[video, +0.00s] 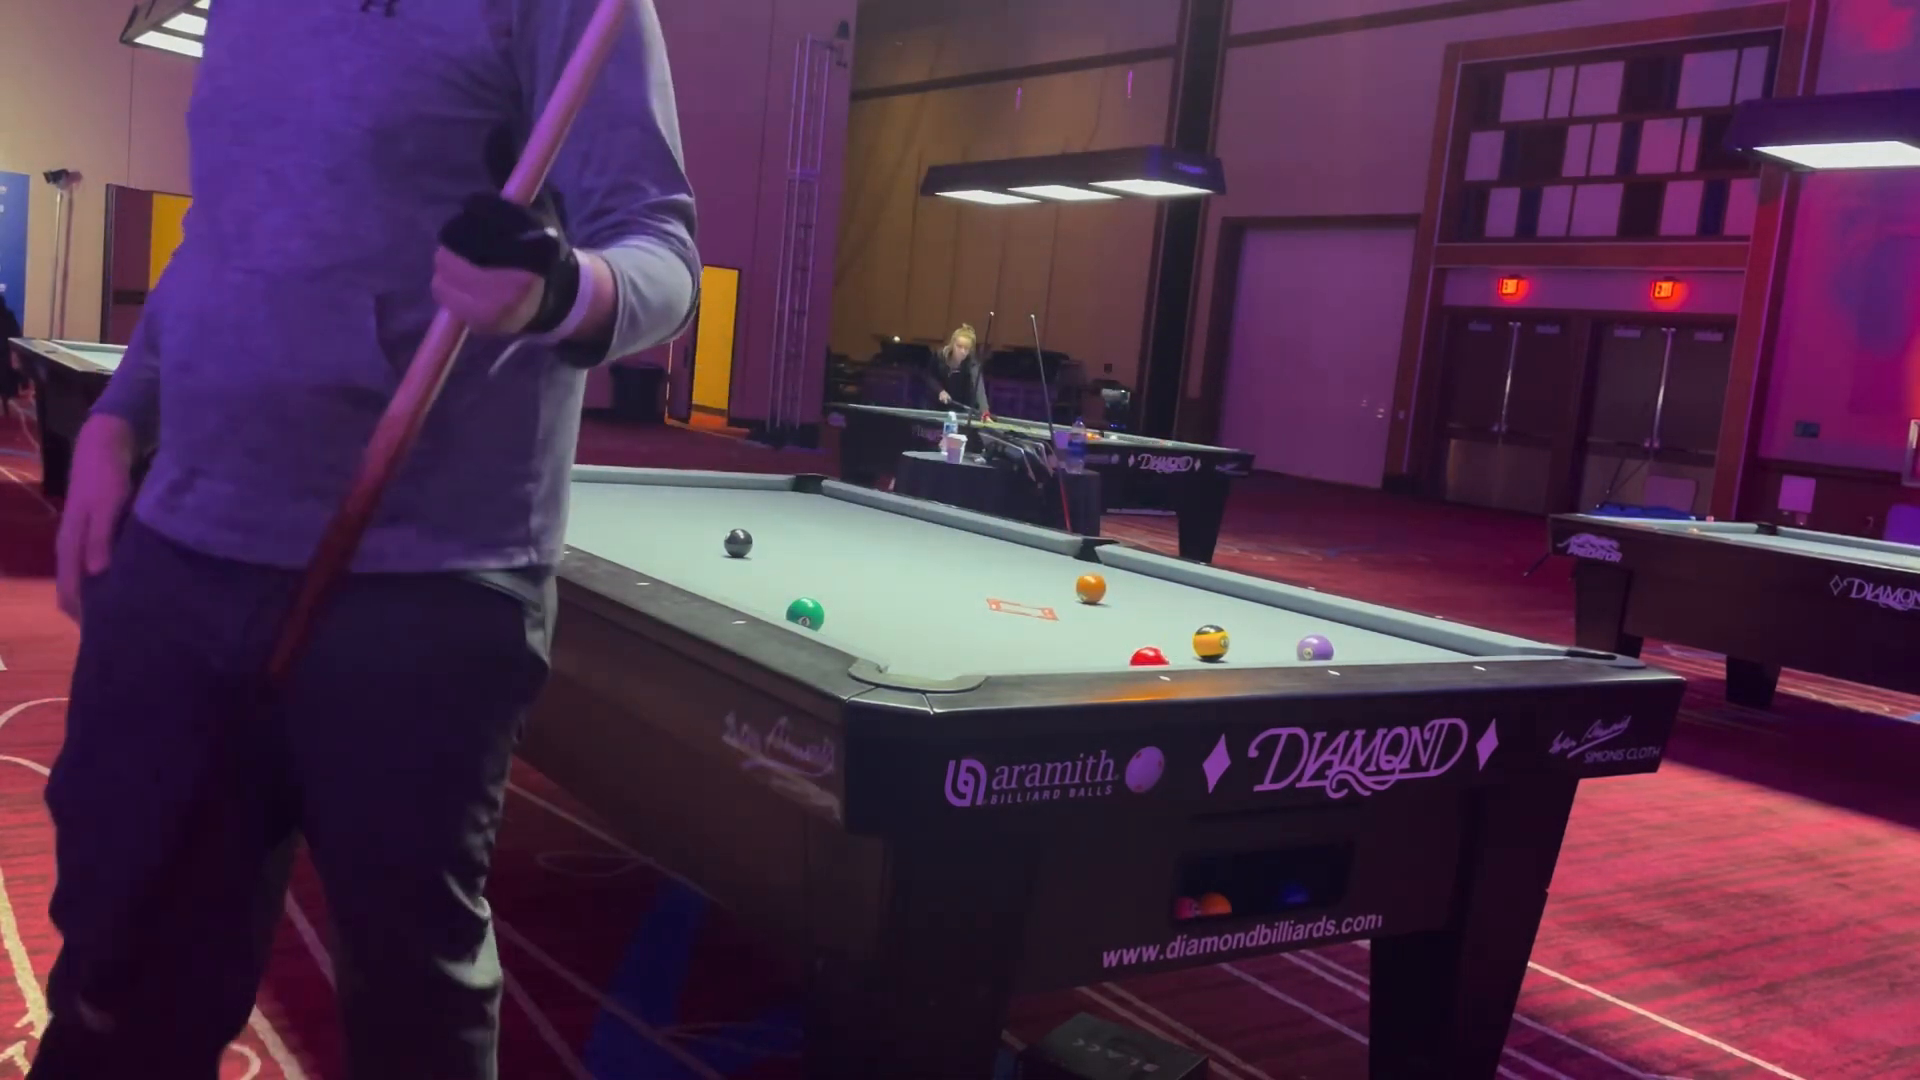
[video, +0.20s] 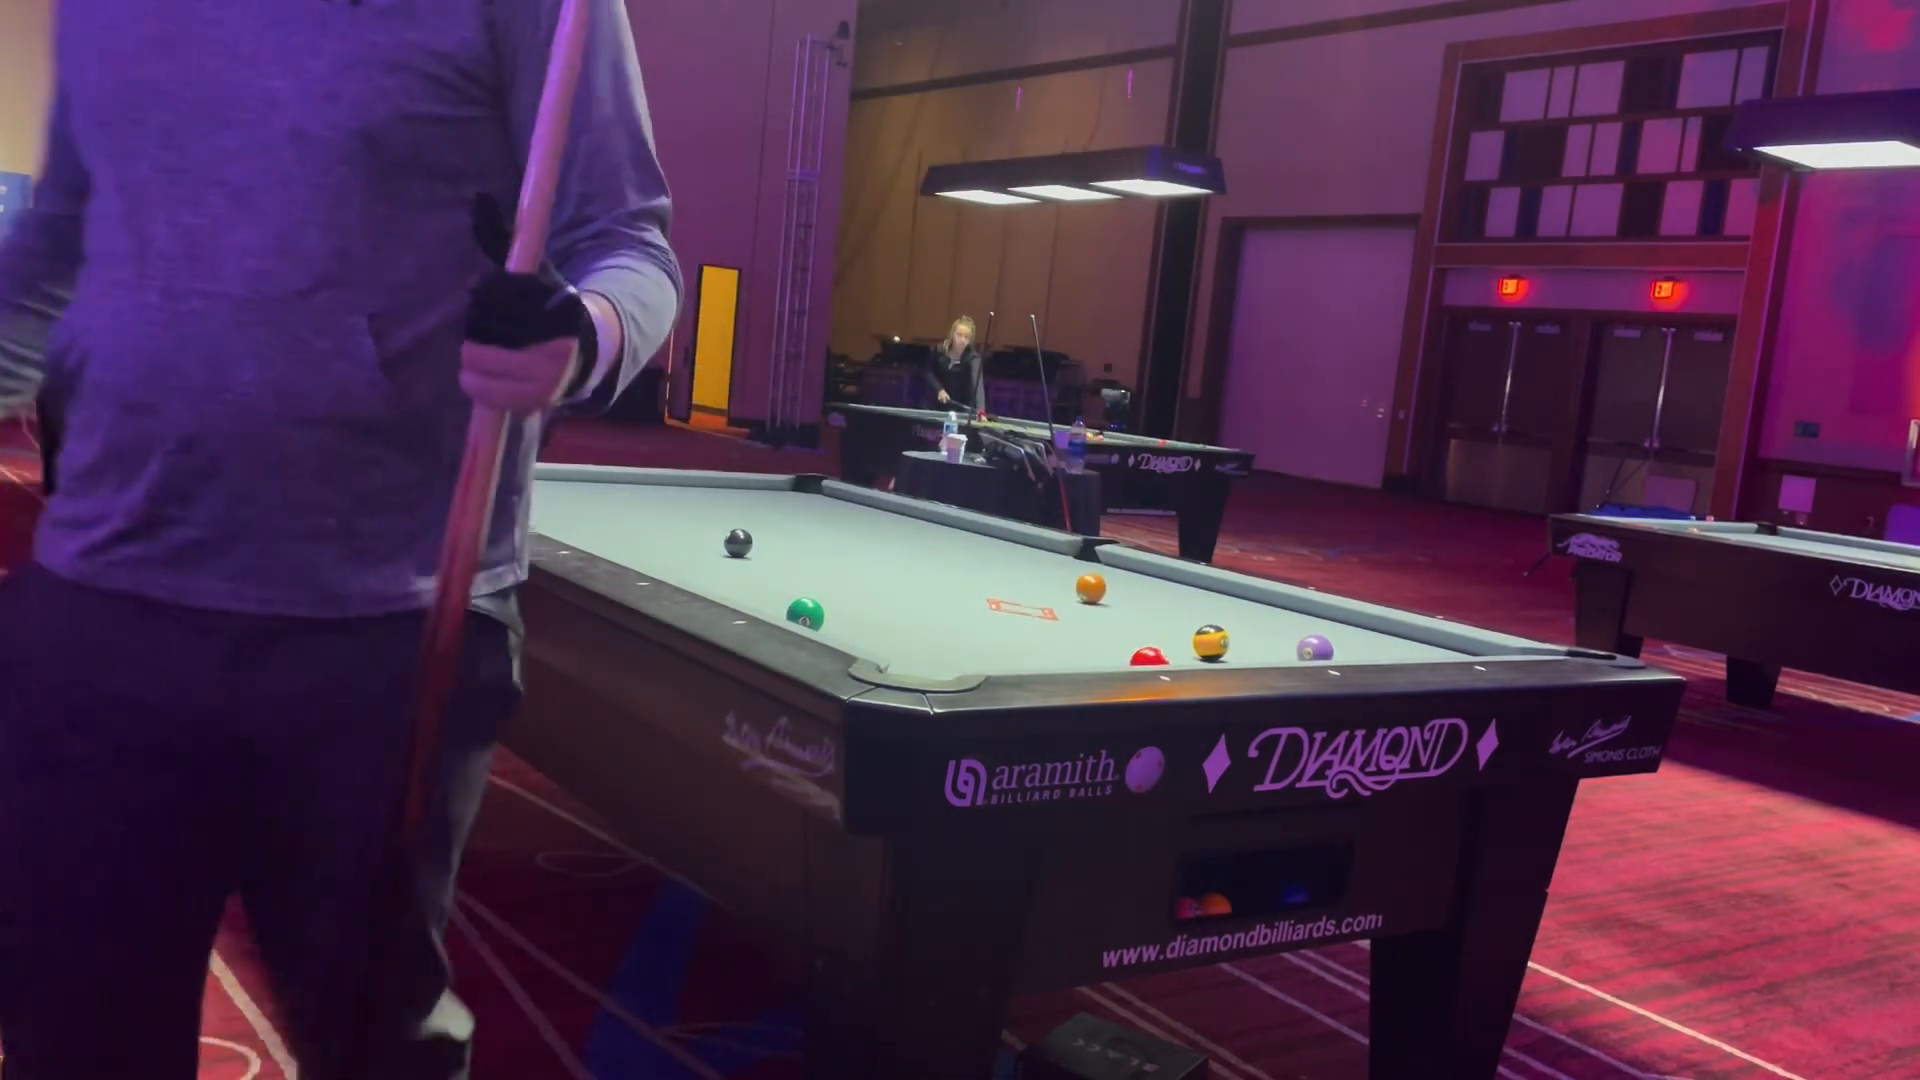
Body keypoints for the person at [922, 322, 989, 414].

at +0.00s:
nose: (962, 351)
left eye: (966, 348)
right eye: (959, 346)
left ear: (970, 349)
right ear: (952, 345)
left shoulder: (972, 366)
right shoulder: (938, 359)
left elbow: (979, 390)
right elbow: (929, 377)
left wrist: (984, 411)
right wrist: (940, 391)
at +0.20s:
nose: (962, 340)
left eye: (966, 337)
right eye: (959, 335)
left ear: (971, 339)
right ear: (952, 334)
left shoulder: (974, 358)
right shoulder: (938, 352)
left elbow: (978, 386)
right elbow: (929, 373)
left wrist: (980, 410)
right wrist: (939, 390)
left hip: (963, 410)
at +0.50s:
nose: (961, 324)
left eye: (965, 322)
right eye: (958, 320)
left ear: (969, 326)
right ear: (951, 321)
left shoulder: (973, 349)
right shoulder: (938, 345)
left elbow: (974, 379)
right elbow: (929, 368)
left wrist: (973, 406)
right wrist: (936, 389)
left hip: (963, 403)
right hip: (939, 401)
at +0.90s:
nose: (957, 315)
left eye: (961, 312)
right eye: (954, 311)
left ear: (965, 316)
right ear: (947, 313)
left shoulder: (970, 342)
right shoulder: (935, 339)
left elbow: (971, 373)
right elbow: (928, 366)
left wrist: (962, 400)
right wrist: (928, 391)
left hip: (959, 399)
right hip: (937, 398)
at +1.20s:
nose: (955, 313)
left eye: (959, 310)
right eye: (952, 309)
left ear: (963, 314)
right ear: (944, 311)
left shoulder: (969, 340)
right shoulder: (933, 337)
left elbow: (972, 371)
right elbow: (926, 367)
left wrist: (960, 395)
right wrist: (924, 395)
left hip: (959, 402)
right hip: (935, 399)